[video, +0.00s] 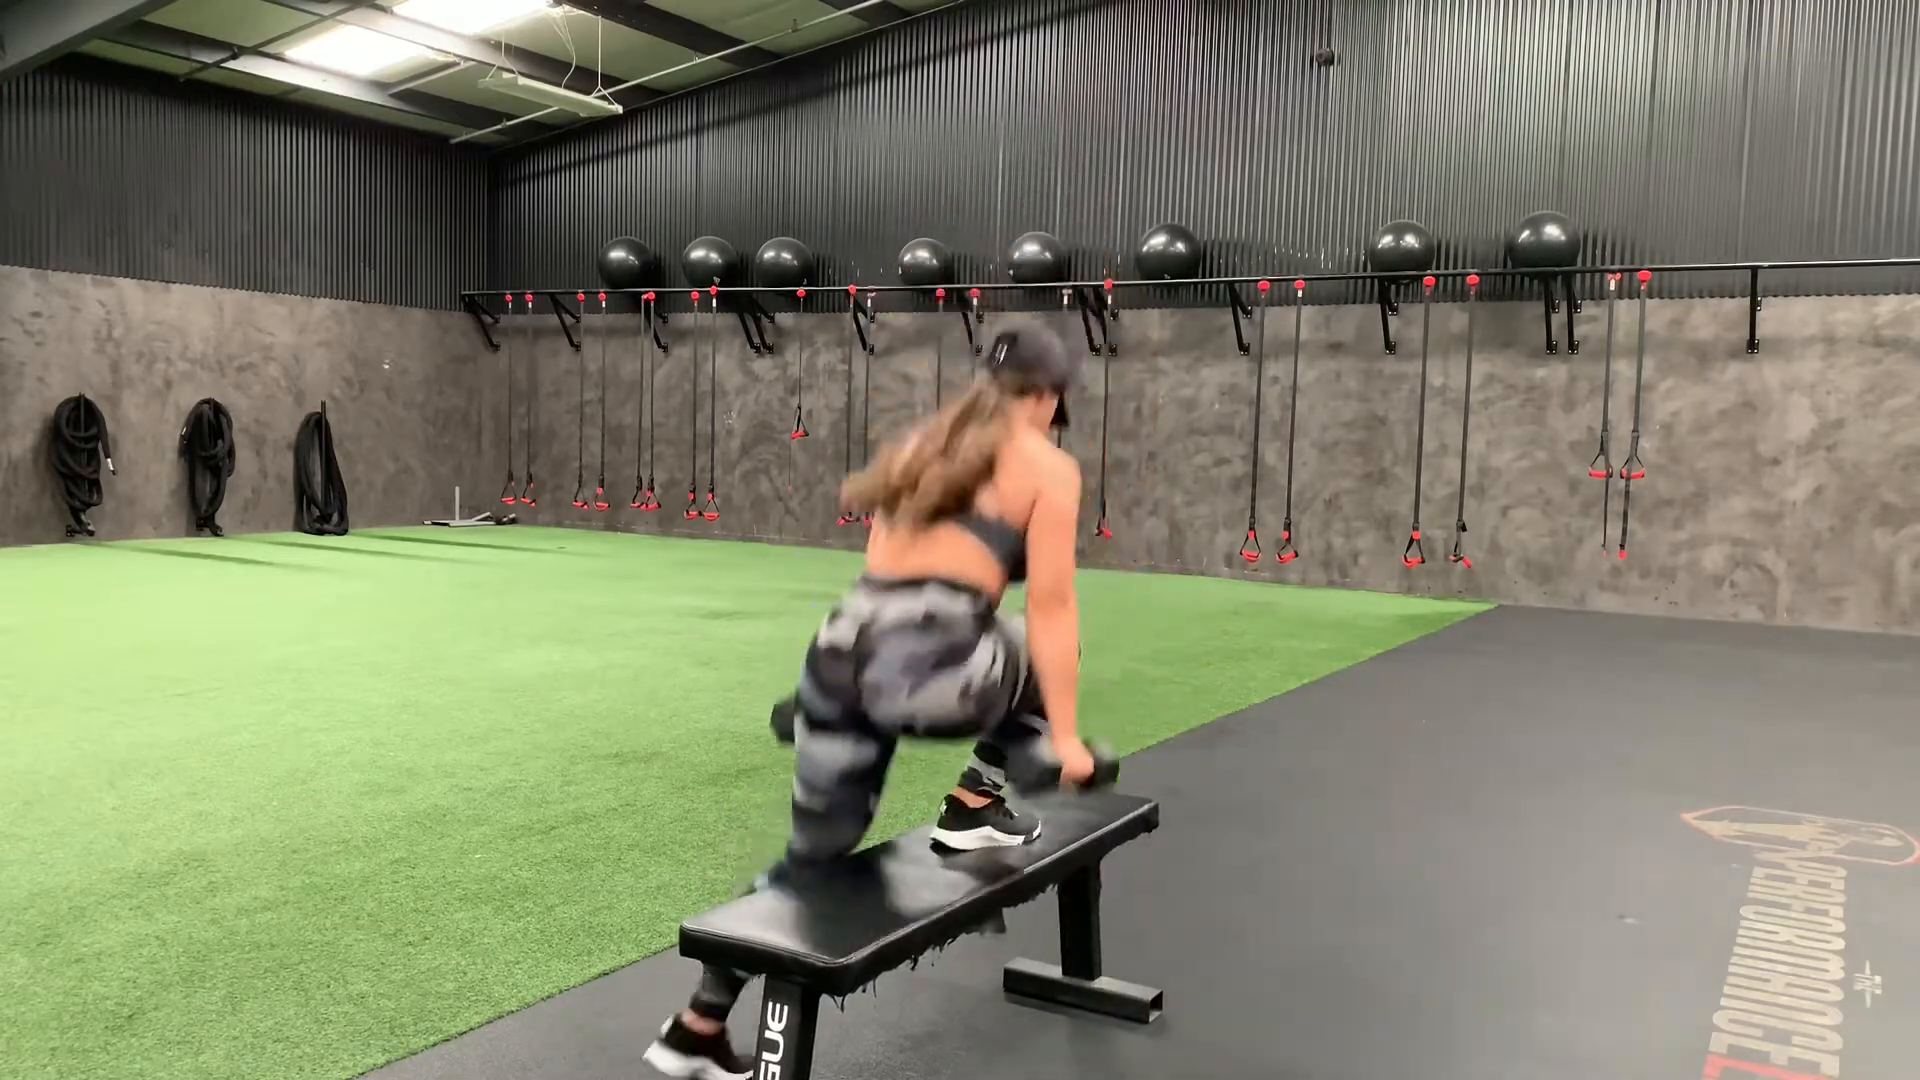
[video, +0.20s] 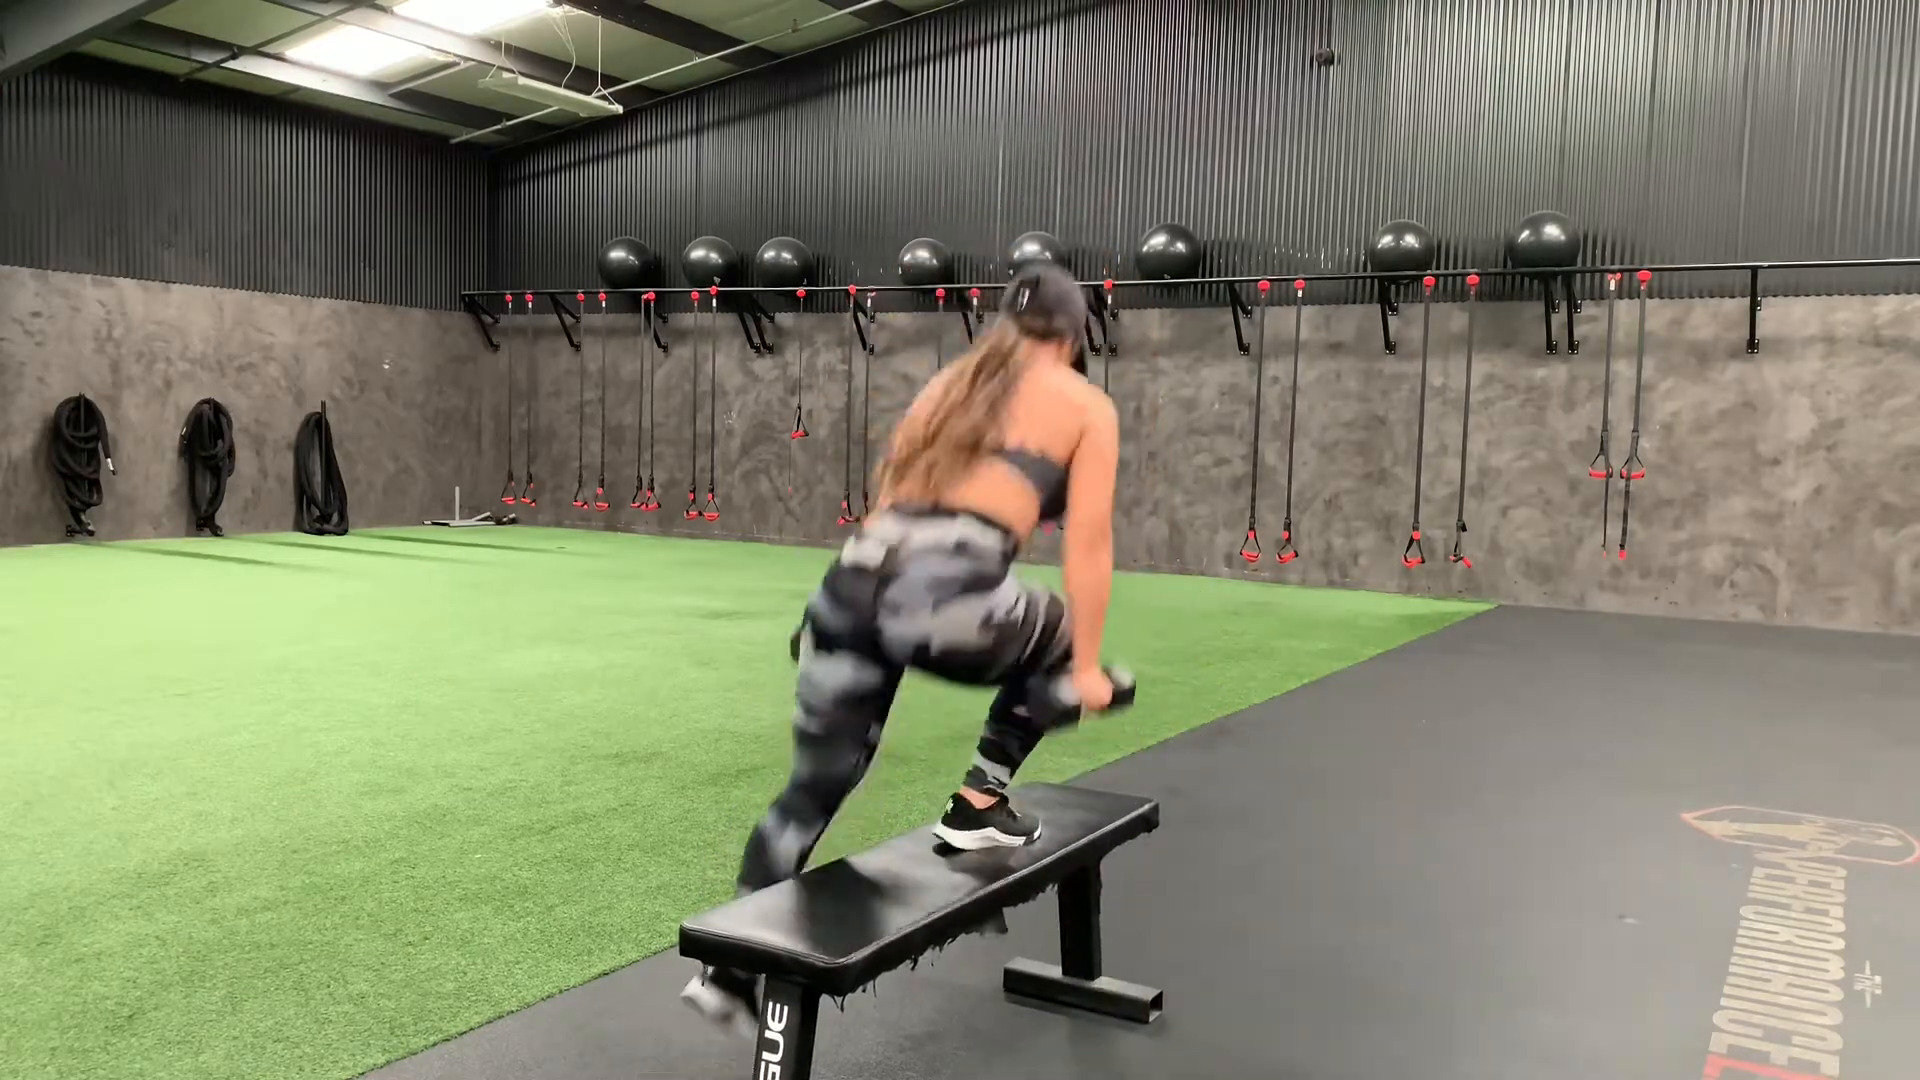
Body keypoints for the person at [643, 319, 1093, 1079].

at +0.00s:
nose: (1059, 412)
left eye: (1058, 400)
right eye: (1060, 400)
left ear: (990, 384)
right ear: (1047, 397)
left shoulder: (920, 443)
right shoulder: (1048, 465)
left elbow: (881, 577)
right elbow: (1053, 607)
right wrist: (1064, 736)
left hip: (842, 665)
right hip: (936, 671)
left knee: (813, 856)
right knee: (1038, 664)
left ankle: (700, 1022)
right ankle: (974, 803)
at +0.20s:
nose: (1080, 350)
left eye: (1079, 340)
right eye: (1081, 339)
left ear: (1008, 326)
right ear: (1071, 336)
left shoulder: (946, 385)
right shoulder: (1084, 405)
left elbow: (891, 494)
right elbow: (1088, 539)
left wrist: (834, 608)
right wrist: (1086, 666)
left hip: (855, 588)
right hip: (945, 598)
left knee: (814, 783)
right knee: (1061, 639)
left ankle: (730, 964)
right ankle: (977, 805)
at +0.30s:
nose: (1088, 285)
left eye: (1086, 275)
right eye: (1089, 274)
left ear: (1019, 257)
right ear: (1080, 267)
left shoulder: (954, 312)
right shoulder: (1102, 326)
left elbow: (897, 432)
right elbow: (1109, 462)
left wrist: (849, 545)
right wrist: (1105, 587)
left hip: (882, 505)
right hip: (980, 507)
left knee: (891, 687)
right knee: (1054, 624)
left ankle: (779, 853)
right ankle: (985, 796)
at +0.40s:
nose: (1093, 240)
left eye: (1089, 230)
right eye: (1093, 228)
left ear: (1022, 215)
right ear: (1087, 223)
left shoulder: (960, 271)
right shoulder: (1113, 282)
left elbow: (900, 391)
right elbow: (1122, 416)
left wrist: (857, 498)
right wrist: (1116, 544)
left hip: (889, 456)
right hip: (993, 458)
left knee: (946, 601)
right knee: (1053, 602)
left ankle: (876, 771)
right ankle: (1020, 779)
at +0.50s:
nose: (1098, 227)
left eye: (1095, 217)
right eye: (1098, 217)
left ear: (1022, 206)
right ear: (1093, 213)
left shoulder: (961, 266)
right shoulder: (1121, 277)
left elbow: (902, 390)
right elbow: (1126, 415)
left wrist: (858, 492)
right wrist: (1129, 538)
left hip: (907, 452)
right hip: (1014, 456)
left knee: (963, 594)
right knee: (1055, 635)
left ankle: (968, 773)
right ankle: (1049, 803)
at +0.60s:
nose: (1105, 263)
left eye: (1095, 248)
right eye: (1103, 251)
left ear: (1011, 251)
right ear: (1094, 253)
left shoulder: (954, 314)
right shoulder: (1124, 320)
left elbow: (910, 432)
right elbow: (1128, 454)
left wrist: (866, 538)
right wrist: (1144, 583)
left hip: (931, 506)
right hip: (1043, 507)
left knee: (984, 626)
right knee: (1065, 739)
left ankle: (997, 794)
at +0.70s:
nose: (1106, 341)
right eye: (1104, 327)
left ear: (1014, 327)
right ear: (1098, 330)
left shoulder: (959, 402)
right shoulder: (1127, 410)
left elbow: (912, 526)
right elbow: (1143, 548)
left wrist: (871, 634)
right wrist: (1165, 670)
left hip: (956, 618)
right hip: (1061, 623)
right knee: (1073, 849)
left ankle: (998, 785)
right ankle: (1089, 1057)